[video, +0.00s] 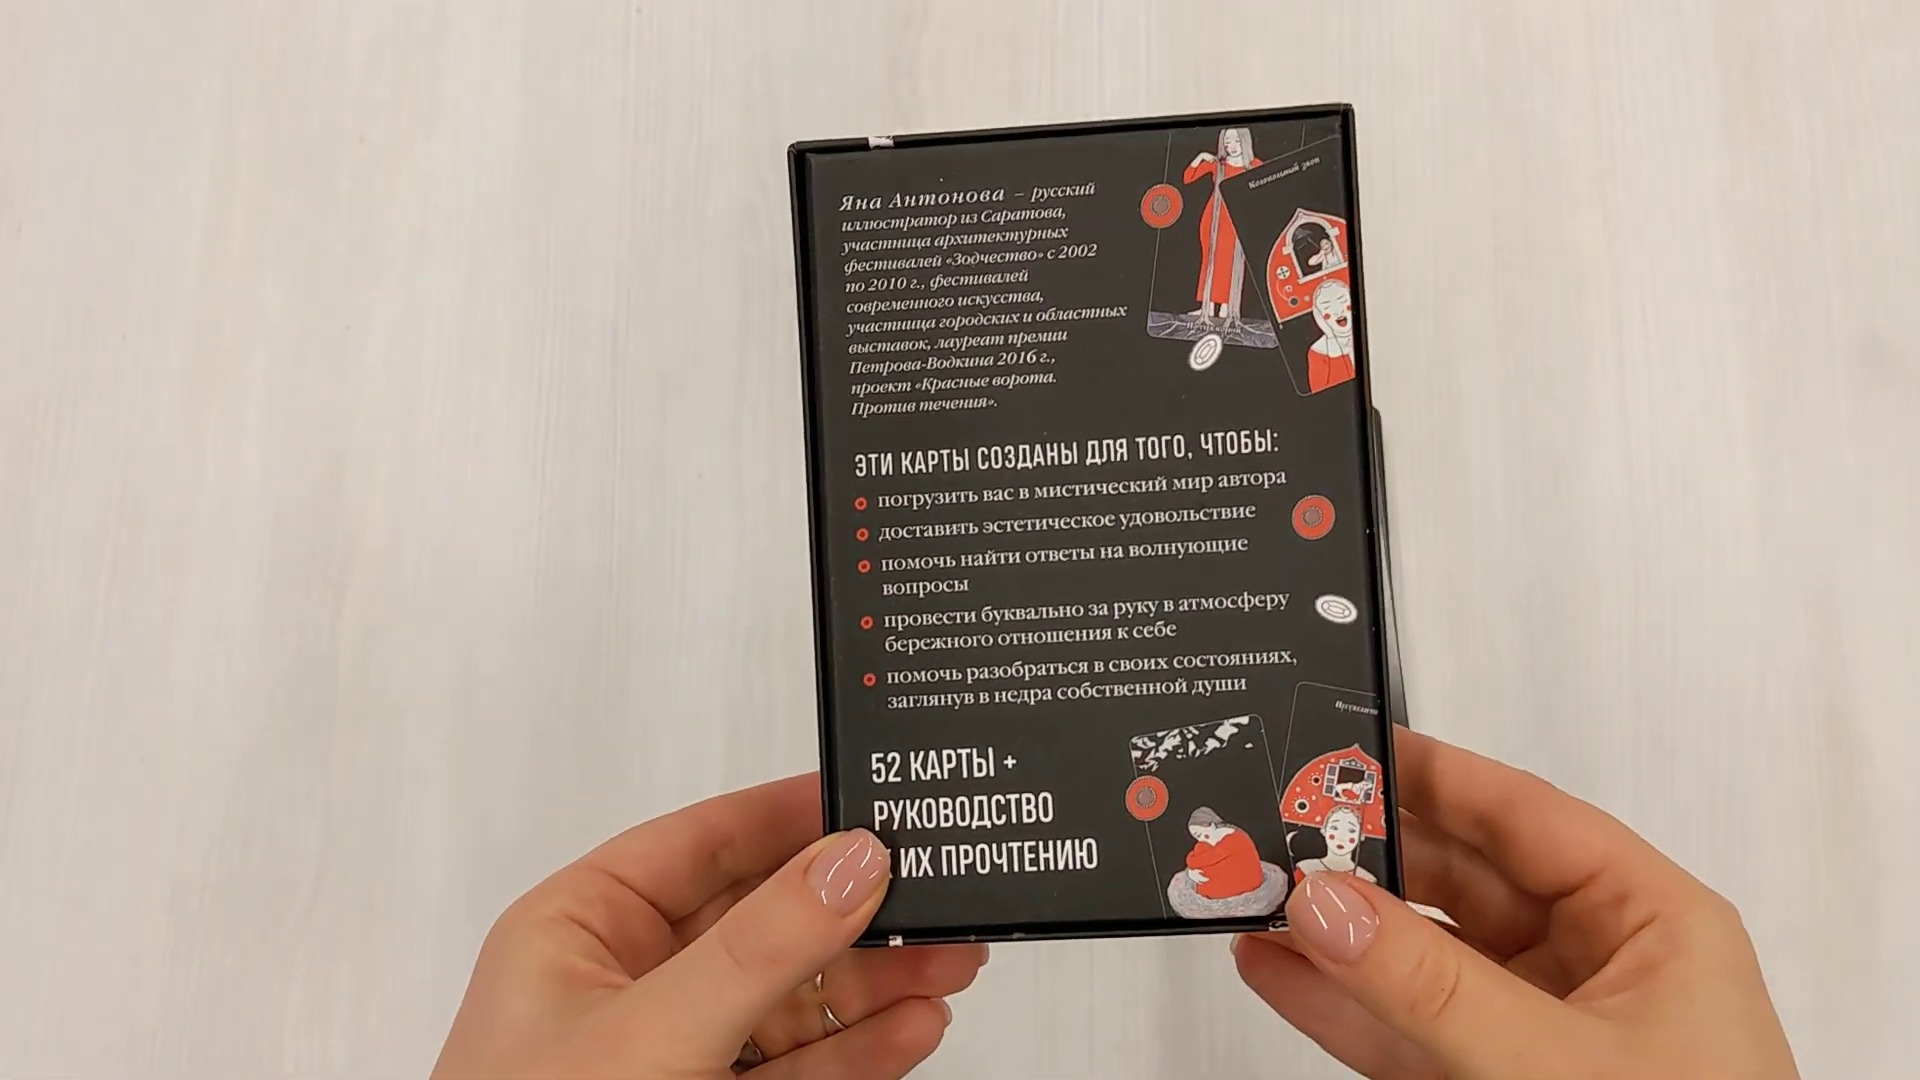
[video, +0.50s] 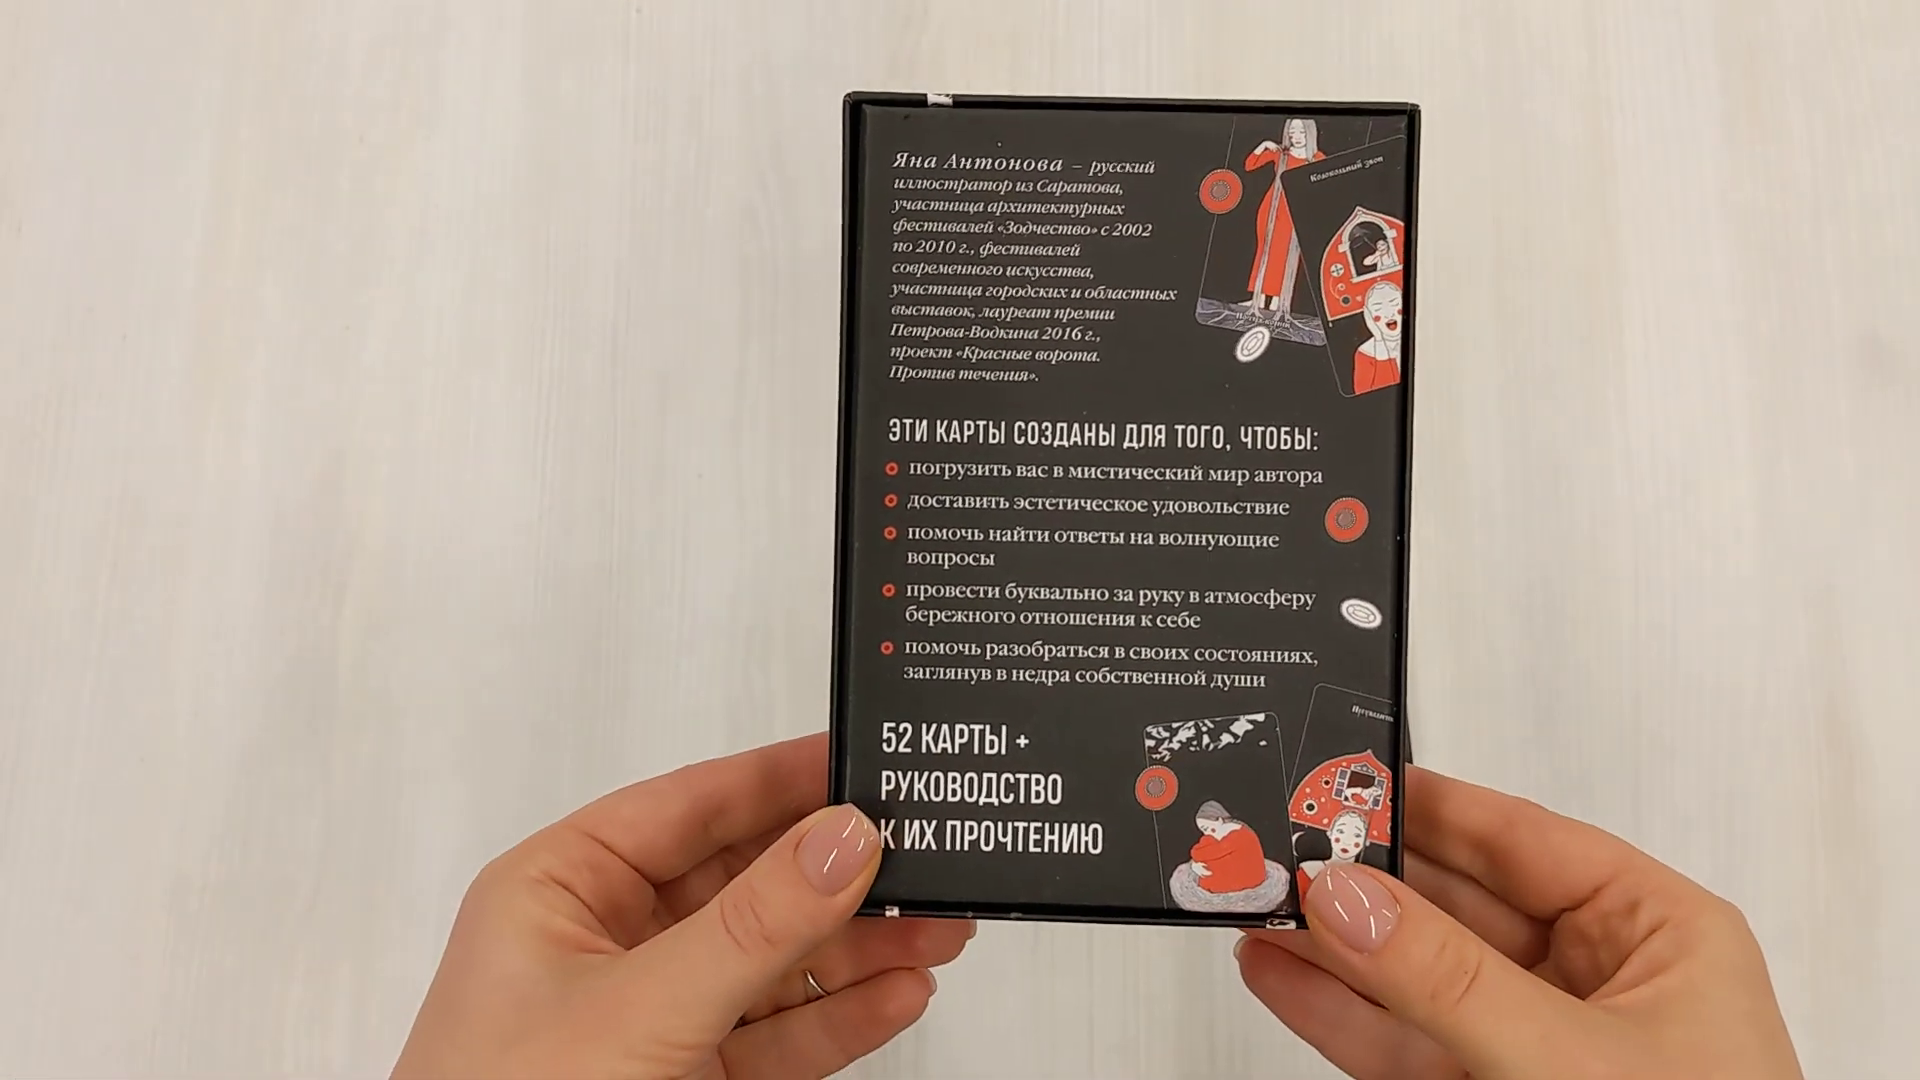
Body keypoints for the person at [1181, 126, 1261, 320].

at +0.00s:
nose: (1232, 146)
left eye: (1235, 141)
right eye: (1227, 142)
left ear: (1244, 142)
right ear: (1223, 145)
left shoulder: (1255, 166)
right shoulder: (1216, 165)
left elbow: (1264, 193)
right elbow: (1187, 179)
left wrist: (1249, 168)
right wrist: (1200, 158)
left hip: (1238, 219)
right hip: (1215, 217)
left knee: (1232, 261)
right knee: (1212, 260)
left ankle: (1227, 308)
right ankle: (1207, 307)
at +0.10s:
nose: (1242, 129)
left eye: (1246, 124)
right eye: (1238, 125)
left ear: (1255, 125)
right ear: (1233, 129)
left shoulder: (1266, 149)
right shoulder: (1227, 149)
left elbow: (1276, 174)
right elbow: (1198, 164)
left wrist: (1261, 152)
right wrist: (1211, 142)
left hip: (1249, 205)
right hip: (1225, 203)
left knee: (1243, 250)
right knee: (1222, 248)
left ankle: (1238, 296)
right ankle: (1218, 295)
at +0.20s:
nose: (1268, 131)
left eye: (1272, 126)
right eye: (1263, 127)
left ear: (1281, 127)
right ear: (1258, 130)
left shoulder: (1291, 152)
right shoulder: (1251, 149)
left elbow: (1301, 179)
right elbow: (1221, 163)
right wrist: (1235, 142)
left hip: (1272, 206)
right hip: (1248, 203)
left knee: (1263, 249)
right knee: (1243, 247)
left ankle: (1258, 296)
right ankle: (1238, 294)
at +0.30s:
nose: (1283, 136)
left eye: (1288, 131)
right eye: (1279, 132)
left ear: (1297, 132)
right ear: (1274, 134)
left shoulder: (1306, 159)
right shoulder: (1267, 154)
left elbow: (1314, 188)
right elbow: (1237, 167)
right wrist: (1250, 146)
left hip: (1286, 213)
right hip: (1261, 209)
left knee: (1276, 255)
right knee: (1257, 252)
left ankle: (1268, 300)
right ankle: (1250, 298)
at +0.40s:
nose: (1289, 137)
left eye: (1293, 133)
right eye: (1284, 133)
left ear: (1302, 134)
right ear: (1279, 136)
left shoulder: (1311, 160)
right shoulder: (1272, 155)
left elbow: (1319, 188)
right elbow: (1242, 167)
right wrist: (1256, 147)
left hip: (1290, 213)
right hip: (1266, 209)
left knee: (1279, 255)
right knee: (1261, 251)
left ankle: (1271, 300)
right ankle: (1253, 297)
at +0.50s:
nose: (1297, 137)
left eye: (1301, 132)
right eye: (1292, 133)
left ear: (1310, 134)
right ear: (1287, 135)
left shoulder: (1319, 160)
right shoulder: (1279, 154)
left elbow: (1326, 188)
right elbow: (1249, 166)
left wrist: (1312, 163)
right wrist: (1263, 146)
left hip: (1297, 213)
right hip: (1273, 209)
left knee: (1286, 255)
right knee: (1268, 251)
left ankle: (1277, 301)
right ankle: (1258, 298)